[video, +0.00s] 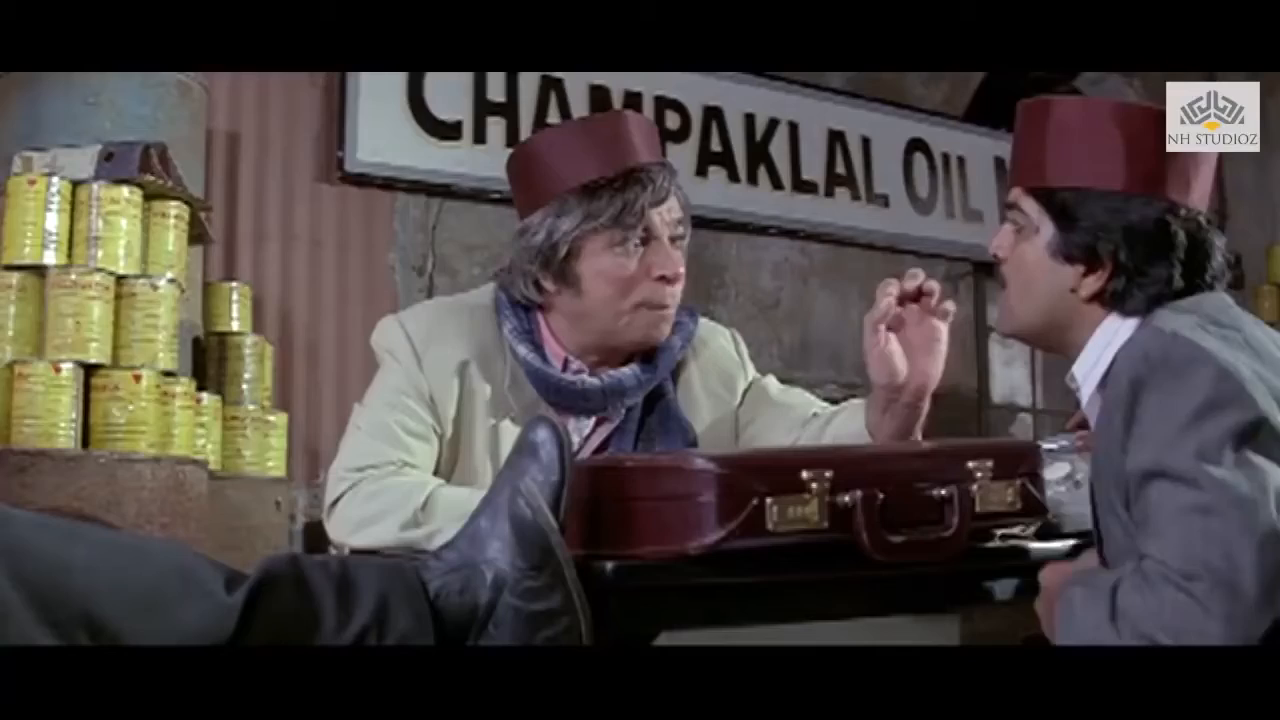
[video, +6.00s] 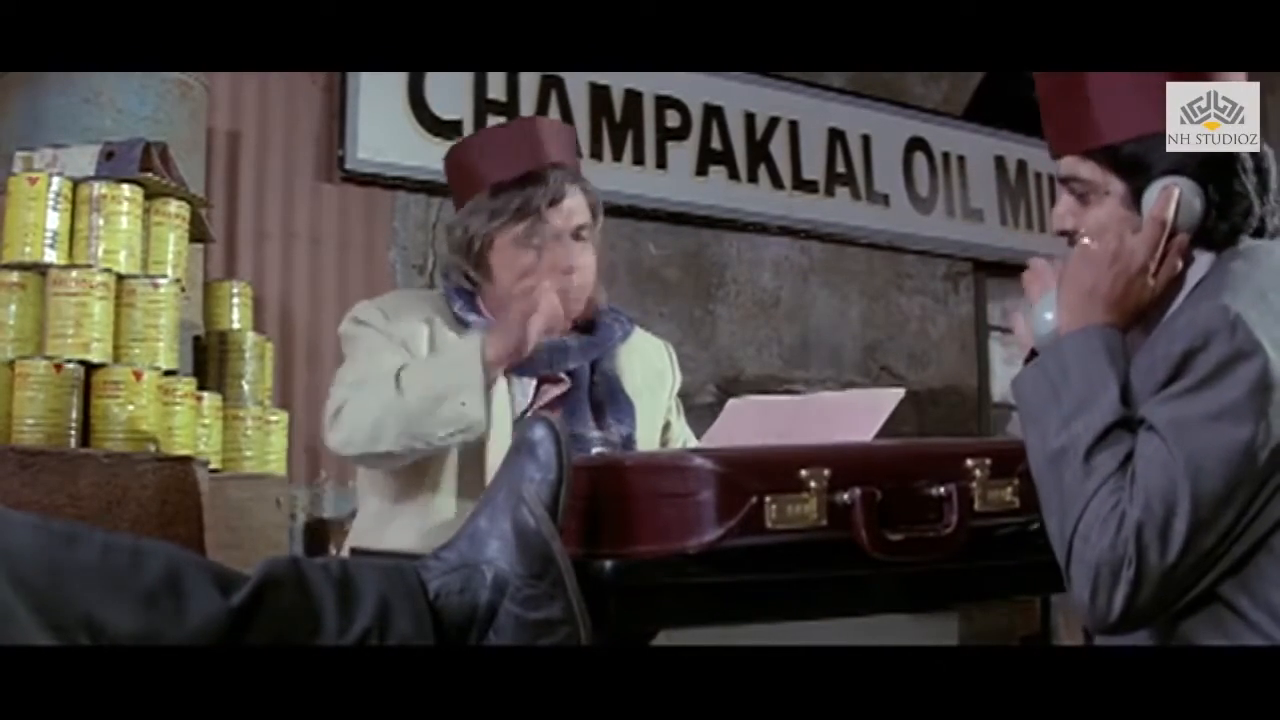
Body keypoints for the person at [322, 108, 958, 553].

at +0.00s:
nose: (670, 268)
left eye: (675, 240)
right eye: (633, 243)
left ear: (689, 246)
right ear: (547, 269)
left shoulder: (711, 361)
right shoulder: (431, 349)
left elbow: (821, 444)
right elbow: (363, 504)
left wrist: (897, 409)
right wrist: (565, 537)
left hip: (663, 630)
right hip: (475, 636)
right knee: (291, 595)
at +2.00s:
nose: (626, 252)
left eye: (628, 223)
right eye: (591, 229)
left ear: (634, 223)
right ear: (509, 248)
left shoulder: (675, 337)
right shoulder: (384, 342)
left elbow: (785, 474)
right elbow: (300, 490)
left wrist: (797, 412)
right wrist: (414, 481)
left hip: (637, 623)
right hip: (445, 631)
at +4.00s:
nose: (570, 310)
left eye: (590, 282)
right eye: (543, 283)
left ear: (608, 270)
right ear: (484, 267)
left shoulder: (655, 365)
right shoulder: (379, 349)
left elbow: (688, 496)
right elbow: (300, 491)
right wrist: (427, 504)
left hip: (599, 624)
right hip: (429, 628)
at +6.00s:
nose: (567, 262)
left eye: (580, 236)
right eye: (533, 242)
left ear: (597, 243)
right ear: (475, 252)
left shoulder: (646, 360)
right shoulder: (393, 326)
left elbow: (681, 483)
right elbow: (354, 427)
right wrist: (489, 354)